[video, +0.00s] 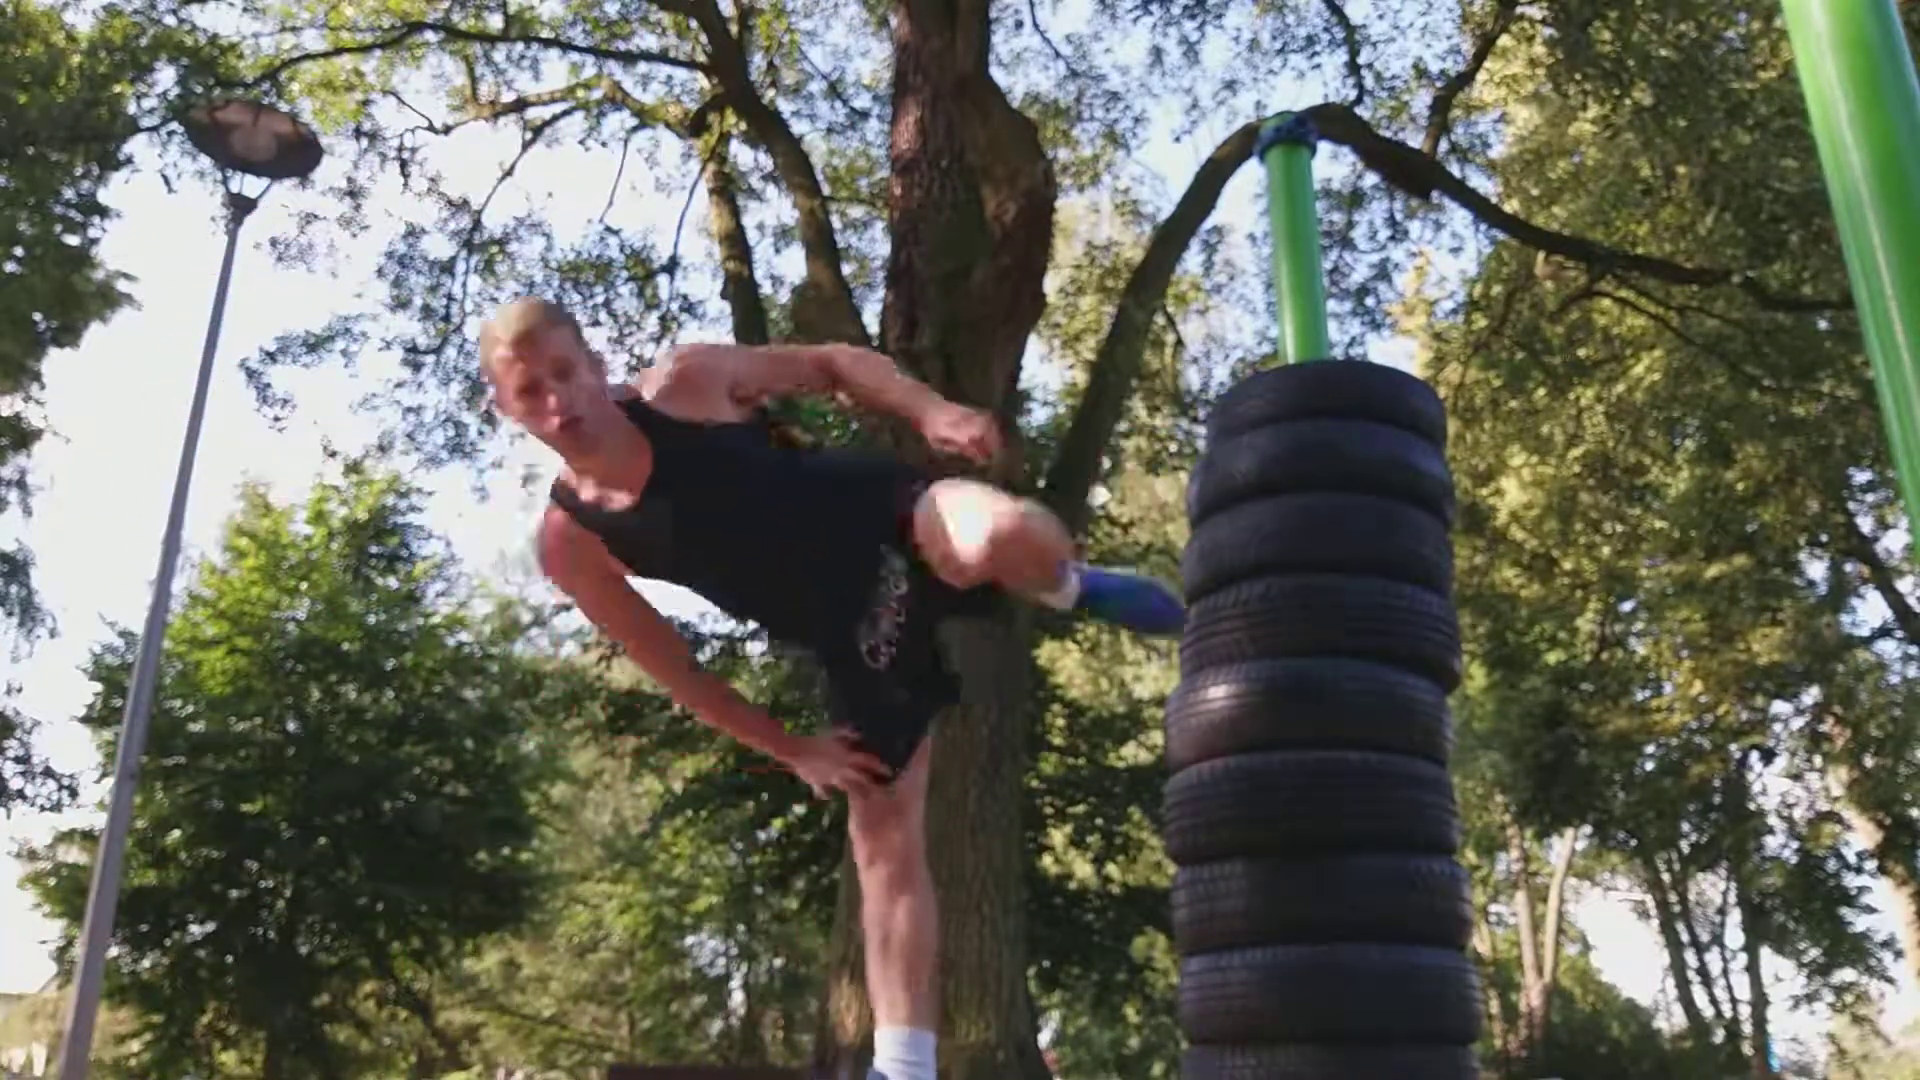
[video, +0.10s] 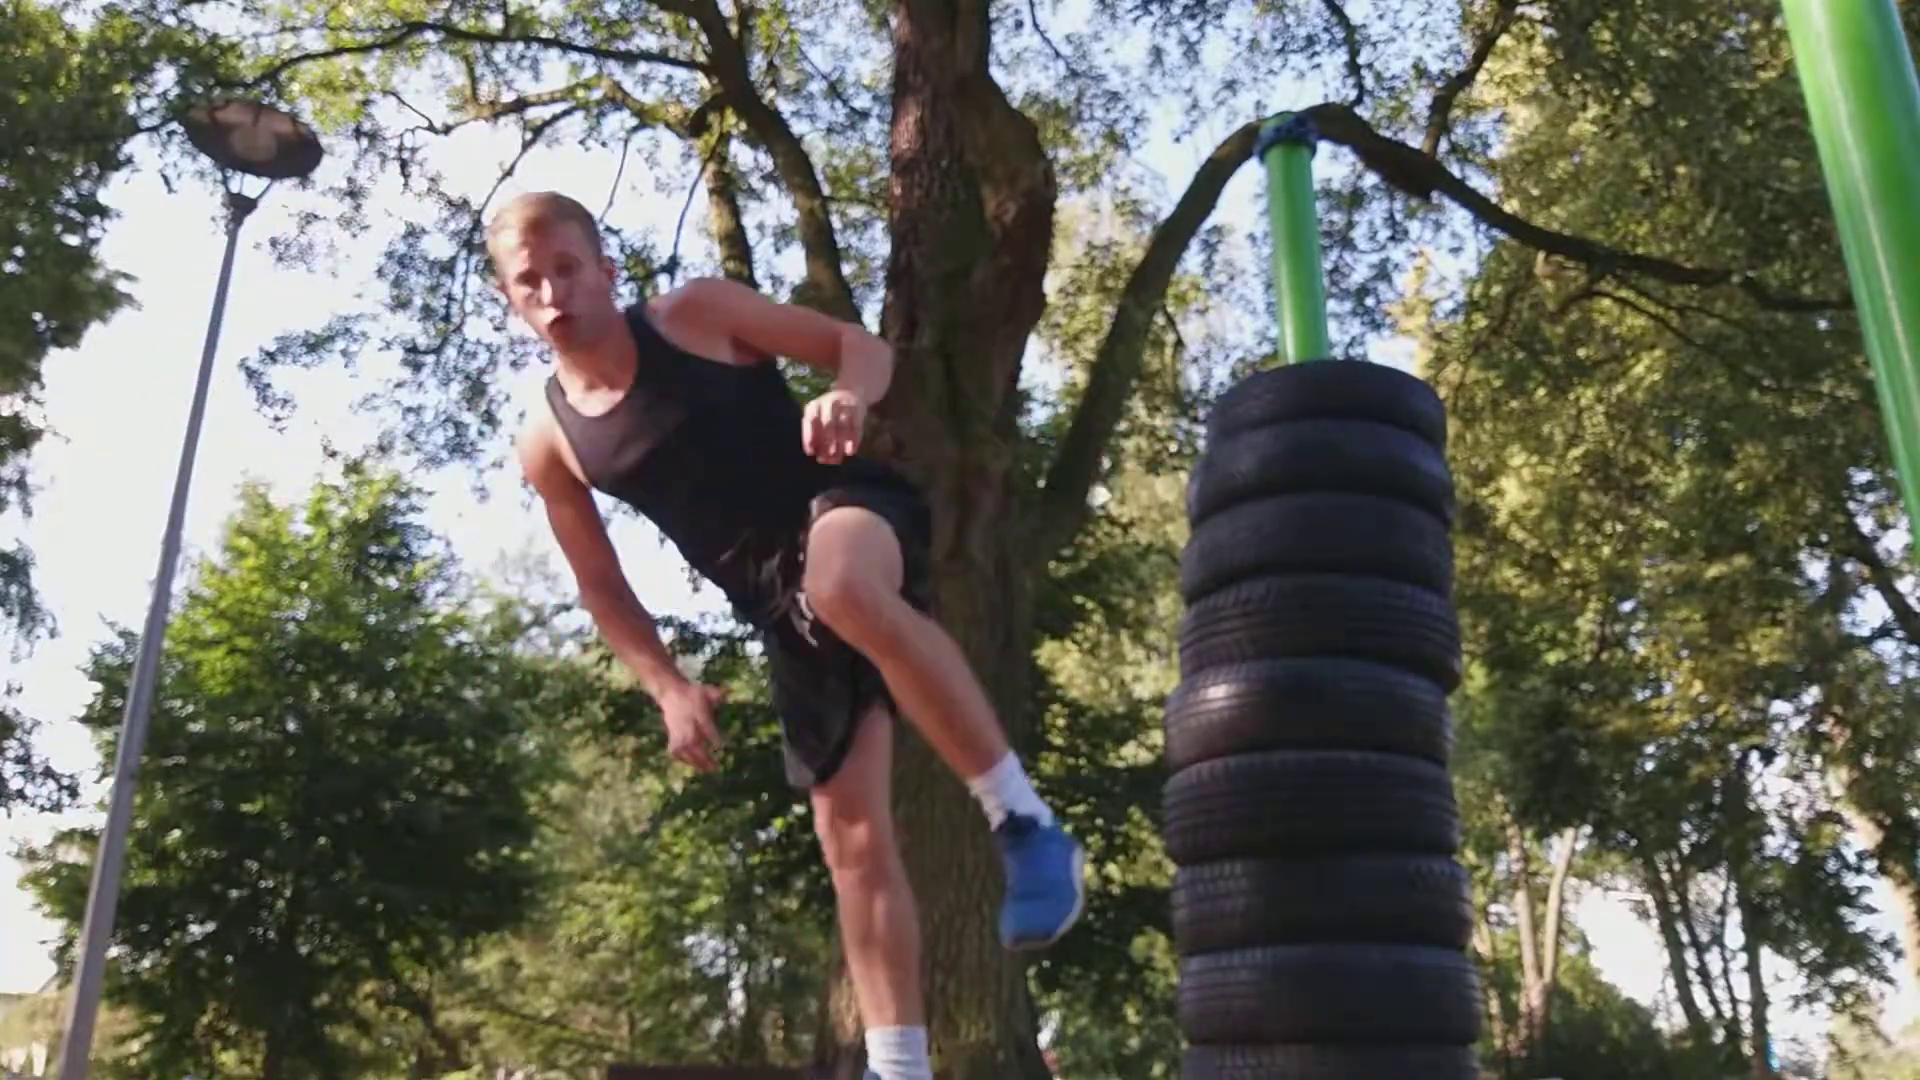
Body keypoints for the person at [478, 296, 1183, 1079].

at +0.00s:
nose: (555, 403)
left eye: (561, 374)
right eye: (529, 396)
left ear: (594, 360)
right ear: (508, 415)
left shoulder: (686, 379)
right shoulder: (569, 541)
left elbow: (831, 366)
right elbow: (677, 669)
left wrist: (933, 413)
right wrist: (792, 750)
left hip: (902, 514)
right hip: (852, 631)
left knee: (996, 534)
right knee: (881, 840)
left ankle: (1079, 586)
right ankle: (907, 1064)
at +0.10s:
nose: (551, 291)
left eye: (565, 267)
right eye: (528, 279)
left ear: (606, 268)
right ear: (512, 302)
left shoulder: (698, 312)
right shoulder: (552, 446)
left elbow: (861, 346)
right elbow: (601, 587)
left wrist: (851, 396)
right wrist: (670, 687)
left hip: (848, 503)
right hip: (780, 601)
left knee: (842, 590)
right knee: (849, 836)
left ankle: (1022, 821)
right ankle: (900, 1069)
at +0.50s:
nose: (524, 17)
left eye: (546, 4)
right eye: (498, 0)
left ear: (570, 31)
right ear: (452, 28)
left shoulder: (595, 118)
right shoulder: (471, 188)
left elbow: (551, 240)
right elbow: (473, 338)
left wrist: (372, 246)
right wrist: (381, 267)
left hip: (577, 454)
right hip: (474, 478)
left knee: (567, 695)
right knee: (313, 730)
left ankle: (563, 1047)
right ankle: (554, 937)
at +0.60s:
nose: (460, 2)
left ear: (507, 12)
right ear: (401, 16)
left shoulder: (549, 92)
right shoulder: (388, 176)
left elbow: (561, 220)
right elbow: (376, 349)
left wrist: (356, 235)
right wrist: (316, 225)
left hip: (512, 437)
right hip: (387, 455)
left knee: (524, 689)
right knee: (169, 651)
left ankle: (554, 1044)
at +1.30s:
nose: (416, 92)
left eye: (422, 72)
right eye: (410, 62)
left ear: (348, 41)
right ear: (338, 29)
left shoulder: (325, 198)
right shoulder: (187, 81)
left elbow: (246, 365)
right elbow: (54, 180)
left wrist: (348, 368)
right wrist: (260, 224)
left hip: (244, 510)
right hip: (95, 476)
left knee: (344, 727)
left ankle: (192, 998)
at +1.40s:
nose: (445, 118)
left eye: (452, 100)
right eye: (438, 90)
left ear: (377, 70)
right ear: (369, 58)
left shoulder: (369, 236)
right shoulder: (226, 107)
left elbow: (329, 385)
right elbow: (102, 212)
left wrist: (396, 388)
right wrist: (302, 236)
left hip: (287, 517)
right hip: (147, 483)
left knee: (371, 746)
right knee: (3, 691)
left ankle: (294, 1021)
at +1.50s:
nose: (454, 189)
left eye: (458, 169)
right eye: (445, 161)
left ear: (383, 150)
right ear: (376, 139)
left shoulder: (385, 310)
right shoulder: (241, 196)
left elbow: (401, 461)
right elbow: (115, 306)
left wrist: (465, 449)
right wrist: (308, 316)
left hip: (326, 582)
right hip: (198, 545)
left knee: (389, 821)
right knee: (48, 757)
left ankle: (316, 1067)